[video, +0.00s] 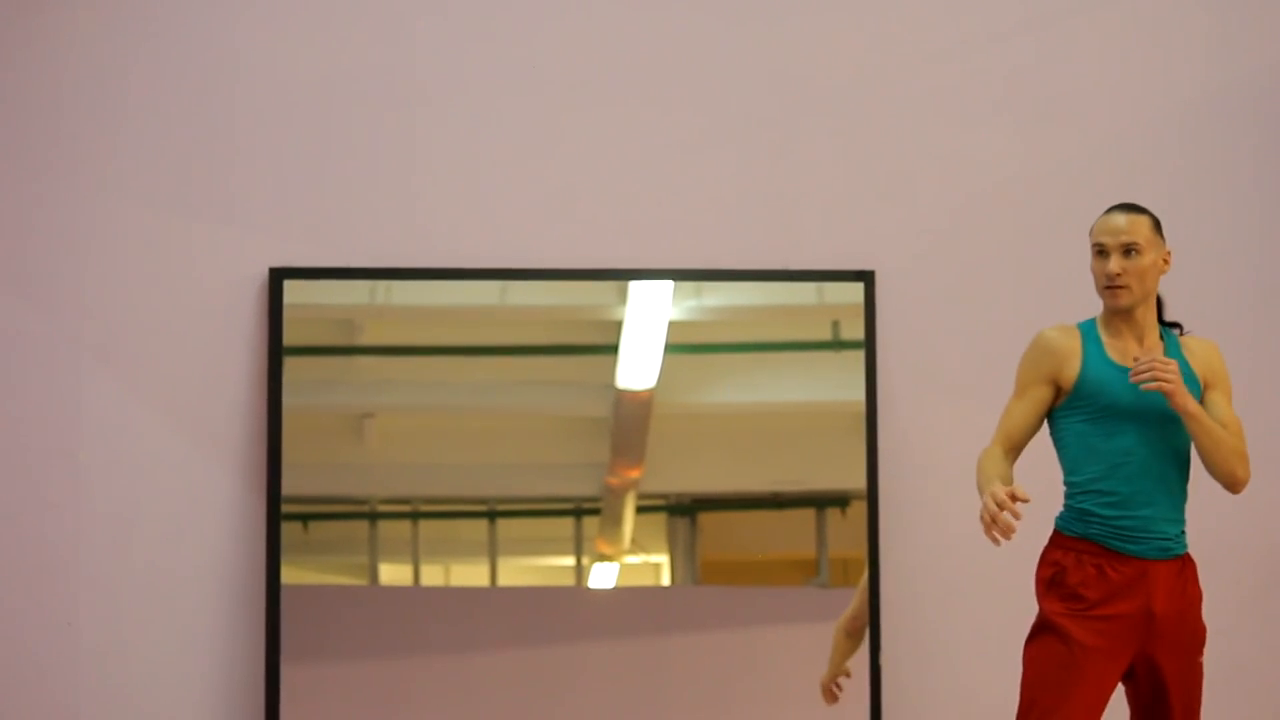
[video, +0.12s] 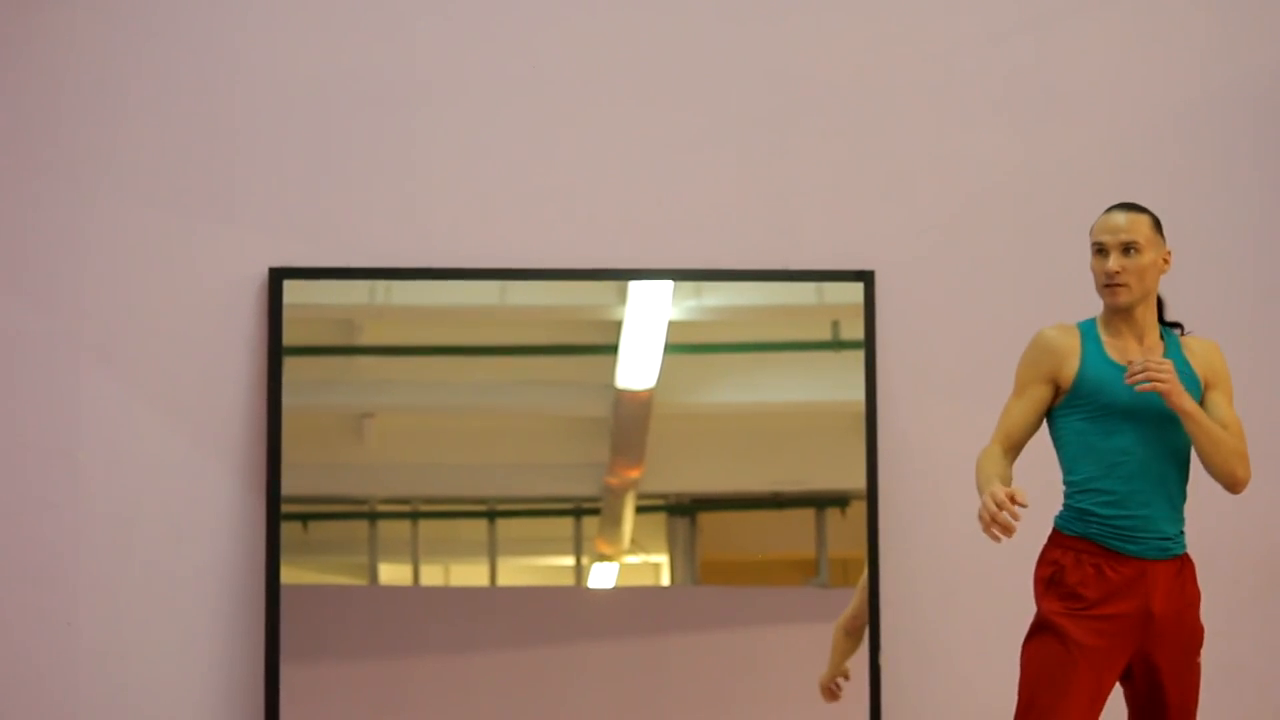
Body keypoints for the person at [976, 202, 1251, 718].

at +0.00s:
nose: (1112, 266)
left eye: (1130, 251)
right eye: (1101, 253)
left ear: (1163, 262)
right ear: (1090, 263)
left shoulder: (1199, 356)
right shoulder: (1058, 349)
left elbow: (1235, 474)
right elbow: (1001, 450)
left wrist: (1186, 404)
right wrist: (994, 491)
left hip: (1169, 583)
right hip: (1083, 578)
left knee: (1175, 712)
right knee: (1048, 712)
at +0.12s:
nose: (1112, 265)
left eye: (1129, 250)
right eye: (1100, 251)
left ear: (1163, 261)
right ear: (1090, 263)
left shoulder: (1201, 357)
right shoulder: (1057, 348)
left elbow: (1235, 474)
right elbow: (1000, 449)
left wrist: (1183, 403)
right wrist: (993, 490)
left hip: (1167, 583)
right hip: (1081, 577)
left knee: (1172, 713)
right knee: (1047, 712)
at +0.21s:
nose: (1111, 263)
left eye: (1129, 249)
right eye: (1100, 250)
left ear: (1163, 260)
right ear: (1090, 263)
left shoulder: (1201, 357)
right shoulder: (1058, 348)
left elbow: (1235, 475)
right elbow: (1000, 449)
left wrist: (1183, 402)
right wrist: (994, 490)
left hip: (1167, 583)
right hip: (1081, 576)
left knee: (1171, 712)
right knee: (1048, 711)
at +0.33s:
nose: (1112, 263)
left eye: (1130, 249)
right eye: (1101, 251)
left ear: (1164, 260)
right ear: (1091, 264)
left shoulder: (1201, 357)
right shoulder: (1060, 349)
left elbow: (1237, 475)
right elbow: (1001, 450)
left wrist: (1188, 404)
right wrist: (997, 496)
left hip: (1169, 582)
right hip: (1084, 576)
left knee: (1174, 712)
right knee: (1049, 711)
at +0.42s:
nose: (1113, 264)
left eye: (1130, 249)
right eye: (1101, 252)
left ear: (1165, 260)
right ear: (1092, 264)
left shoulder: (1201, 357)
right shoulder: (1062, 349)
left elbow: (1240, 475)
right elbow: (1001, 451)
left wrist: (1192, 404)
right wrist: (999, 495)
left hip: (1170, 582)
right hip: (1084, 576)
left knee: (1175, 712)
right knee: (1051, 713)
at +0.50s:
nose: (1113, 265)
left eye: (1130, 250)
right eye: (1101, 253)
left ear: (1165, 260)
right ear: (1092, 264)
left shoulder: (1201, 356)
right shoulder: (1063, 348)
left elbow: (1242, 472)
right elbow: (1001, 448)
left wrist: (1189, 407)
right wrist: (999, 492)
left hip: (1167, 584)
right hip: (1082, 578)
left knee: (1173, 712)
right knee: (1050, 712)